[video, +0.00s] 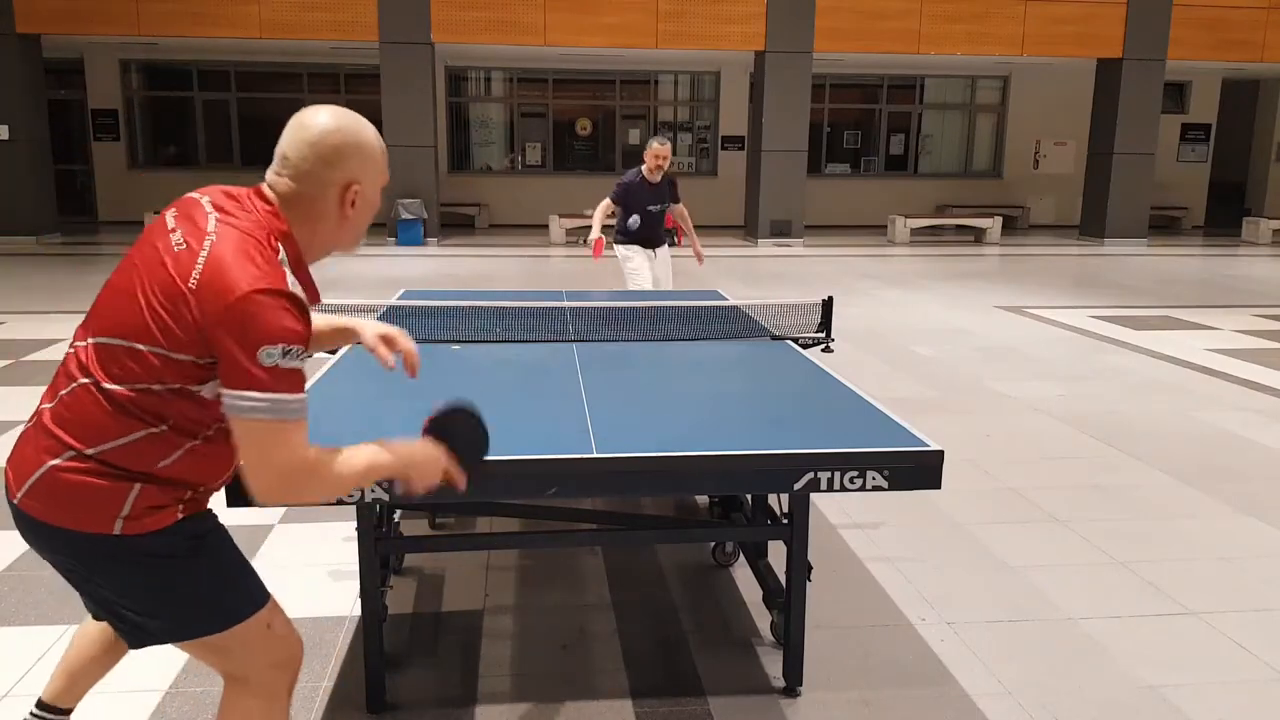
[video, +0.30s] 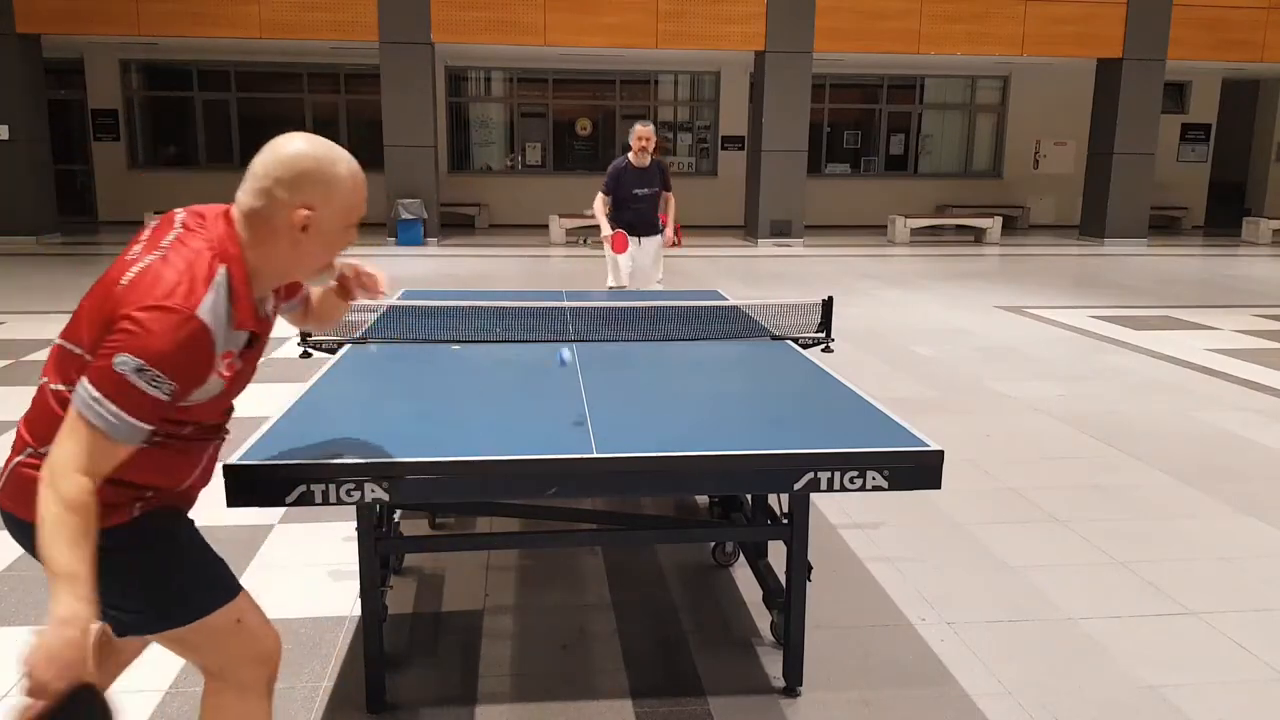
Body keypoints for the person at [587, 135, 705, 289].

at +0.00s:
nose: (660, 163)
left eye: (665, 158)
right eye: (656, 157)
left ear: (670, 160)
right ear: (645, 156)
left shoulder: (668, 182)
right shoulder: (630, 182)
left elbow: (679, 212)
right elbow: (604, 207)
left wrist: (695, 244)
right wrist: (595, 232)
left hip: (658, 246)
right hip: (630, 246)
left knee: (664, 296)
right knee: (643, 295)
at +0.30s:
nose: (643, 144)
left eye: (648, 140)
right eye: (639, 139)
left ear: (654, 142)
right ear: (631, 141)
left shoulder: (660, 168)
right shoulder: (618, 168)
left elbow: (669, 198)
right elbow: (599, 201)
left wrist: (669, 227)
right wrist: (604, 228)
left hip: (652, 240)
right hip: (620, 240)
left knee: (651, 291)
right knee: (618, 291)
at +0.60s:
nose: (634, 148)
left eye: (639, 143)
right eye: (630, 143)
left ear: (644, 146)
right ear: (621, 145)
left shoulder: (646, 170)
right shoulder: (609, 172)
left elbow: (648, 199)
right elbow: (593, 208)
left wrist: (653, 232)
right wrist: (598, 241)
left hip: (638, 240)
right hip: (609, 243)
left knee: (649, 283)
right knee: (604, 293)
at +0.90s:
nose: (647, 157)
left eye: (651, 153)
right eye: (643, 152)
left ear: (656, 154)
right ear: (633, 151)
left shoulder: (653, 175)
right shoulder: (621, 177)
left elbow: (656, 204)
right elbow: (600, 211)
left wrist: (665, 238)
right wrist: (611, 243)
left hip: (643, 242)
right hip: (617, 243)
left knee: (650, 288)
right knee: (617, 290)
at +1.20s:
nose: (649, 181)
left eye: (654, 177)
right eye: (646, 175)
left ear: (658, 175)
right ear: (635, 165)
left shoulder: (646, 184)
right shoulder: (618, 189)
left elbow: (643, 213)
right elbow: (617, 233)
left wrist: (656, 236)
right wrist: (645, 231)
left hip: (633, 239)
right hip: (608, 241)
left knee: (642, 286)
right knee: (625, 289)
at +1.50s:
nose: (638, 174)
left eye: (642, 171)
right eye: (635, 168)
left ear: (646, 168)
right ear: (624, 160)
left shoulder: (633, 176)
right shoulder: (607, 181)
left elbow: (638, 190)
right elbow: (585, 208)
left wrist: (655, 203)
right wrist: (559, 237)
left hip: (630, 237)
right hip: (607, 240)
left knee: (638, 285)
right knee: (619, 287)